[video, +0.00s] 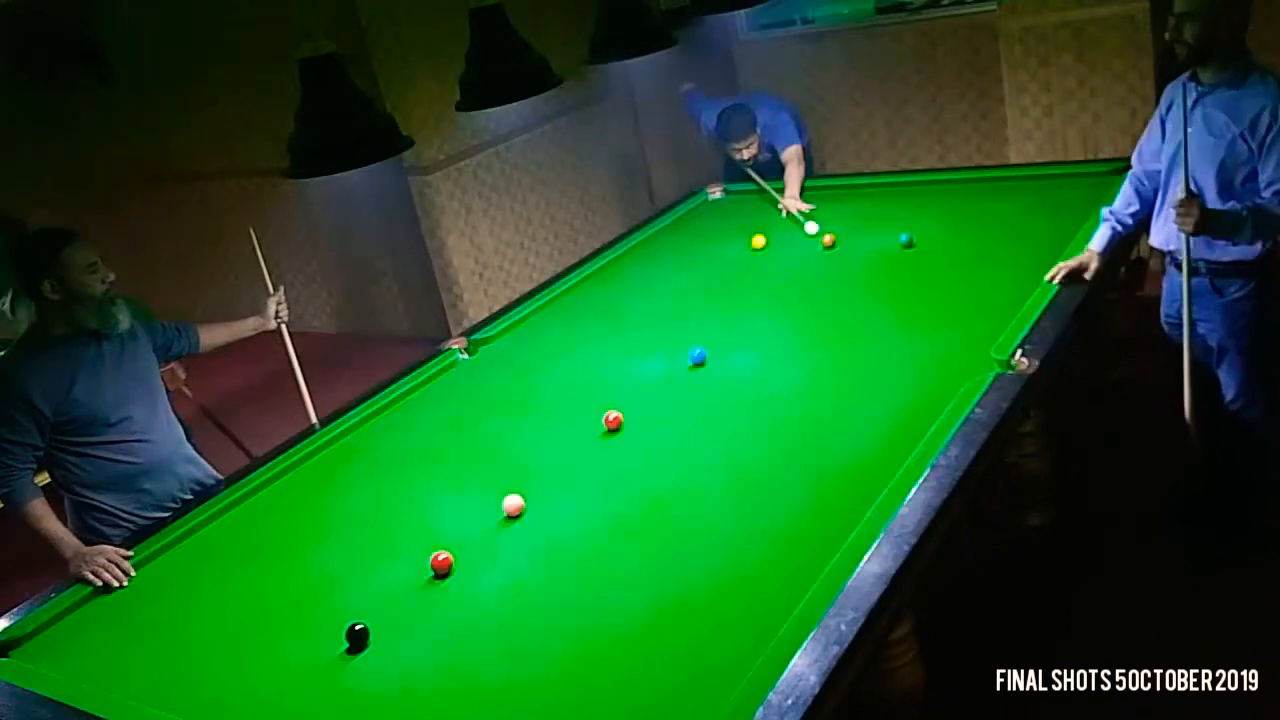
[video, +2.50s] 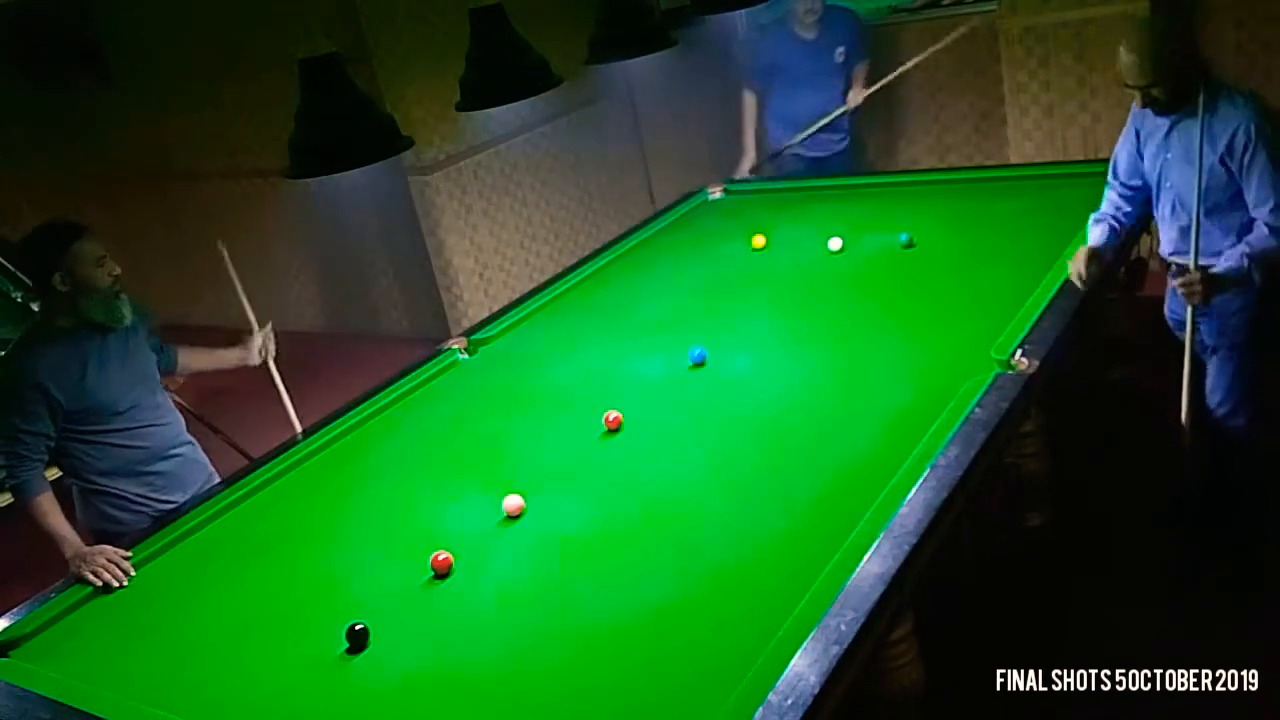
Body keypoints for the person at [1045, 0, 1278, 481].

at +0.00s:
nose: (1172, 32)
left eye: (1186, 18)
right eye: (1171, 18)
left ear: (1228, 22)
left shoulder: (1266, 103)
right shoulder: (1177, 97)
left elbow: (1275, 214)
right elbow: (1143, 177)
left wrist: (1214, 220)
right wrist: (1098, 249)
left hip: (1237, 287)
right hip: (1176, 279)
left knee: (1242, 416)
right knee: (1186, 410)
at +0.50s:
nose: (1157, 46)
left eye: (1165, 32)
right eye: (1154, 34)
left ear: (1205, 28)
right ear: (1170, 36)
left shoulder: (1260, 102)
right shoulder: (1174, 96)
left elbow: (1272, 213)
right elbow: (1144, 178)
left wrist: (1204, 223)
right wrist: (1103, 252)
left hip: (1242, 288)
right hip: (1188, 282)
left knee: (1247, 410)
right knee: (1195, 405)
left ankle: (1252, 526)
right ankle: (1199, 516)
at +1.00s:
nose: (1151, 63)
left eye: (1157, 52)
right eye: (1146, 52)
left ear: (1193, 39)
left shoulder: (1258, 101)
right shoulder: (1173, 96)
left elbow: (1277, 213)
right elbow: (1145, 179)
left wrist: (1209, 221)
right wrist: (1104, 254)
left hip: (1245, 284)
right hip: (1187, 279)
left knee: (1248, 407)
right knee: (1199, 405)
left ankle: (1258, 520)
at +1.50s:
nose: (1152, 69)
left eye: (1158, 55)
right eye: (1145, 57)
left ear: (1193, 39)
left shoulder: (1260, 99)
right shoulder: (1173, 97)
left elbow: (1277, 210)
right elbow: (1145, 180)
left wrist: (1214, 219)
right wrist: (1104, 253)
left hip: (1243, 284)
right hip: (1185, 278)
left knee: (1248, 409)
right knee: (1199, 407)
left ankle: (1257, 523)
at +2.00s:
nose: (1136, 60)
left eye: (1143, 49)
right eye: (1133, 49)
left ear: (1181, 42)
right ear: (1175, 45)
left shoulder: (1255, 101)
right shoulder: (1167, 98)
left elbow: (1276, 209)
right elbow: (1143, 182)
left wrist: (1215, 223)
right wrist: (1104, 254)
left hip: (1241, 285)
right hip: (1185, 281)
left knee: (1247, 408)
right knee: (1195, 405)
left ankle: (1257, 524)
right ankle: (1204, 517)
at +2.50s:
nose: (1142, 99)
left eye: (1150, 87)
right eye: (1133, 88)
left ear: (1182, 68)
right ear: (1129, 75)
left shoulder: (1239, 123)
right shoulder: (1144, 119)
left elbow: (1272, 225)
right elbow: (1123, 193)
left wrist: (1220, 275)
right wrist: (1097, 242)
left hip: (1232, 305)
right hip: (1178, 301)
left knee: (1227, 422)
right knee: (1185, 416)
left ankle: (1235, 535)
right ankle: (1191, 523)